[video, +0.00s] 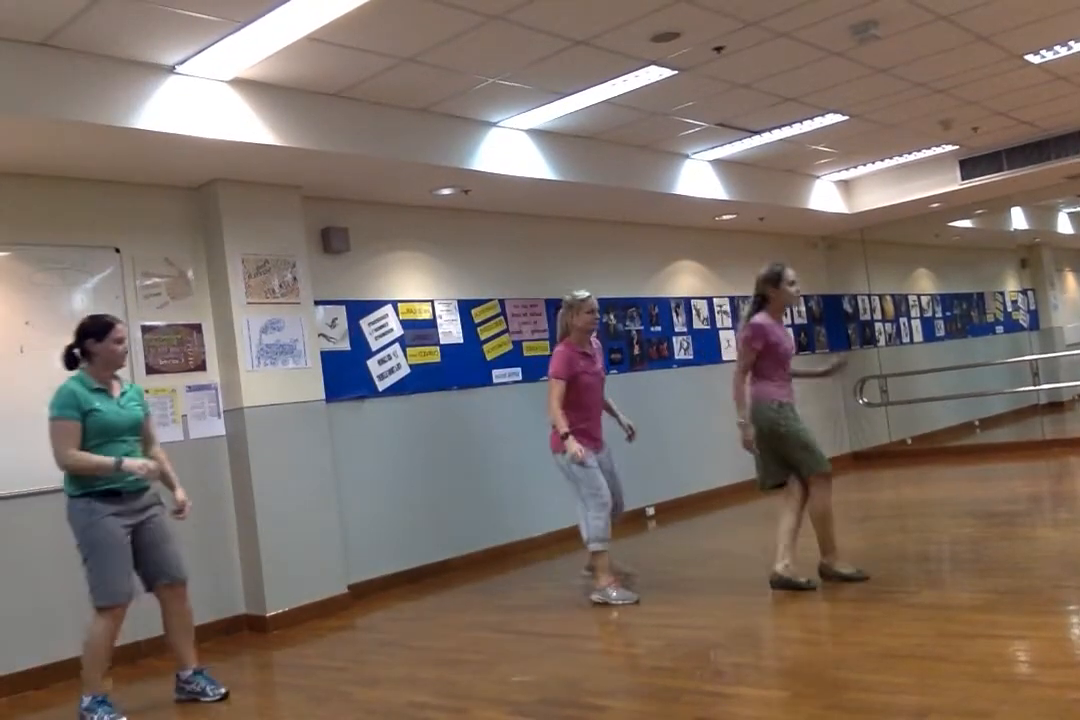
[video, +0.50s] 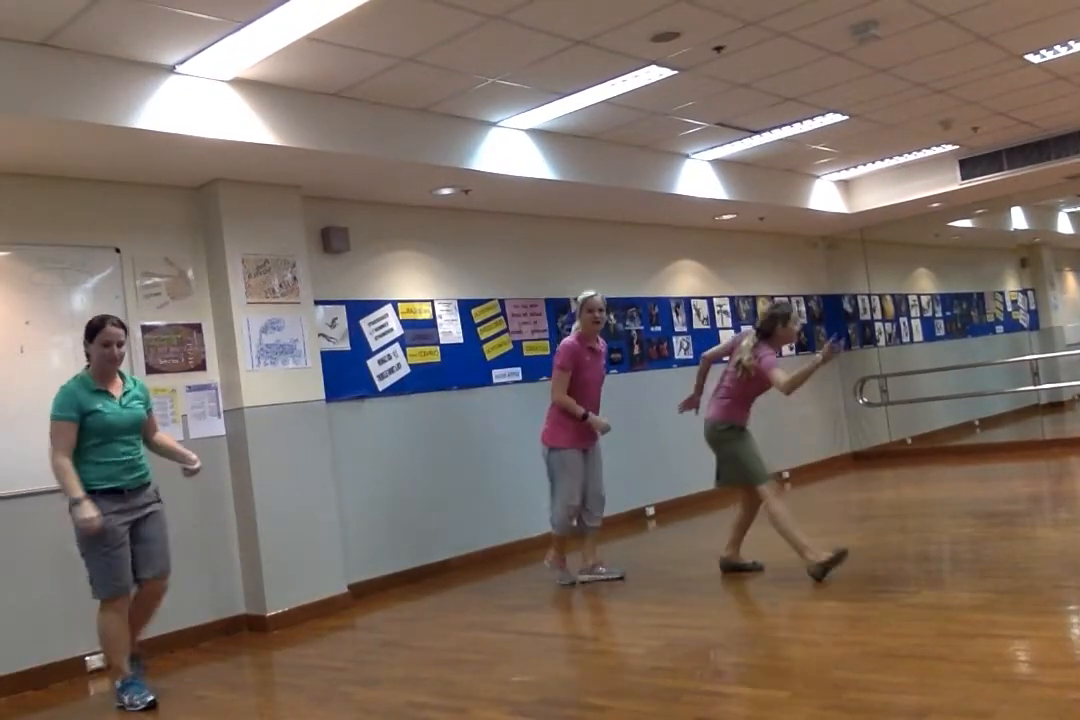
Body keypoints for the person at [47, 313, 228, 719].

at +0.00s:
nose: (125, 348)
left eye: (126, 341)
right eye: (118, 342)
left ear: (119, 345)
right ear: (91, 346)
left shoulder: (132, 392)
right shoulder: (71, 393)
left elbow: (151, 446)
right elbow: (66, 457)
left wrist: (176, 486)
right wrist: (125, 464)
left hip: (143, 502)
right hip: (96, 508)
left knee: (174, 585)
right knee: (113, 600)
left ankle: (189, 676)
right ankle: (93, 699)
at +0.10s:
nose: (134, 347)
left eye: (136, 341)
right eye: (126, 341)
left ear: (137, 344)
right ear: (101, 345)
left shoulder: (146, 389)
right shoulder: (80, 390)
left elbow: (166, 442)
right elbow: (74, 452)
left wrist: (194, 478)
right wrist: (127, 453)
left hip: (154, 497)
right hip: (105, 504)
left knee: (178, 583)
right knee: (127, 594)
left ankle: (190, 675)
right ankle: (123, 685)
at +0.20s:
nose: (130, 349)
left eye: (134, 342)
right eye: (122, 342)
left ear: (137, 346)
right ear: (100, 344)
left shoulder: (146, 389)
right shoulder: (81, 390)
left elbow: (163, 442)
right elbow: (75, 452)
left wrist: (192, 469)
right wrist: (128, 455)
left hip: (153, 496)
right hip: (104, 504)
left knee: (175, 582)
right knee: (131, 593)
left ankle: (190, 675)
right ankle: (127, 680)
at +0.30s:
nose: (124, 352)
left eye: (128, 345)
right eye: (115, 345)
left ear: (133, 349)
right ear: (95, 348)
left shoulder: (138, 390)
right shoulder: (78, 394)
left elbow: (153, 443)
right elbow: (76, 458)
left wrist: (188, 460)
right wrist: (130, 478)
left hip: (149, 498)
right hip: (103, 507)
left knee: (173, 581)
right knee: (127, 595)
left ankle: (190, 673)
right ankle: (127, 682)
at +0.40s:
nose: (120, 353)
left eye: (125, 347)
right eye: (112, 347)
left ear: (130, 349)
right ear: (91, 349)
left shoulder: (136, 389)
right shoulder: (76, 395)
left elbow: (151, 439)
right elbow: (72, 456)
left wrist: (186, 457)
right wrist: (107, 494)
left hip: (144, 495)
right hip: (98, 504)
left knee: (170, 578)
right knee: (121, 593)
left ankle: (165, 662)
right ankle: (126, 682)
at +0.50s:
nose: (115, 352)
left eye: (120, 345)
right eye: (106, 345)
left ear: (127, 348)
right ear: (89, 347)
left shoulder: (137, 388)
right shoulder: (72, 395)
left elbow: (152, 435)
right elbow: (60, 456)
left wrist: (183, 454)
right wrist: (81, 501)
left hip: (144, 497)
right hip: (100, 505)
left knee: (156, 582)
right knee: (116, 596)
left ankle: (126, 645)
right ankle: (122, 682)